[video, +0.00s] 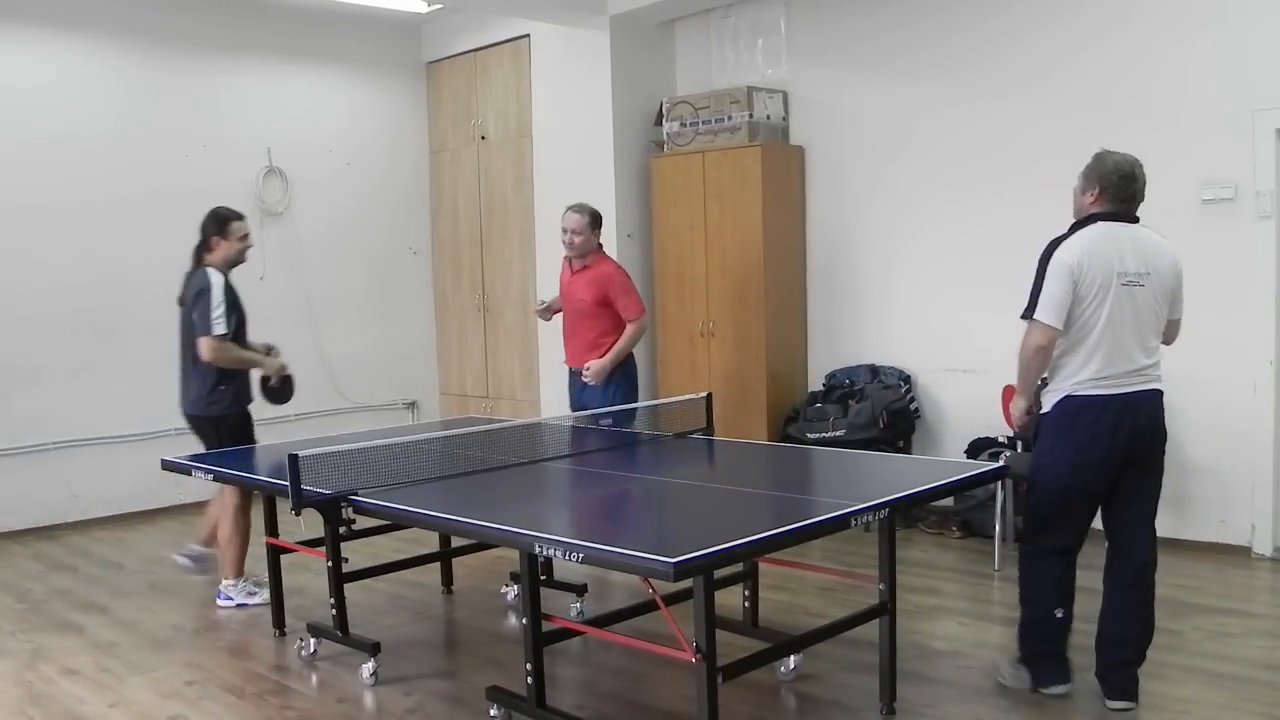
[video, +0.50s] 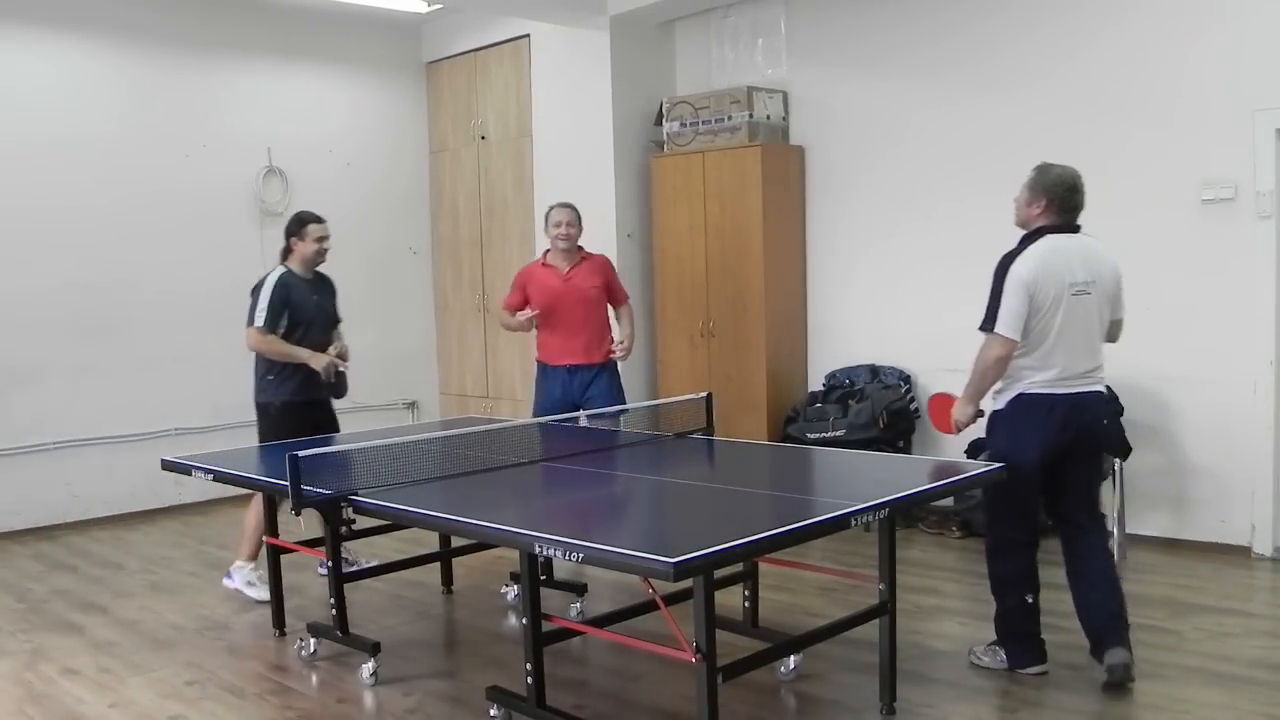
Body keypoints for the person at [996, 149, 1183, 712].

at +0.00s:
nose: (1074, 198)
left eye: (1078, 189)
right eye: (1077, 189)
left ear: (1093, 194)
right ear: (1134, 199)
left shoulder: (1071, 250)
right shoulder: (1164, 253)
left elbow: (1041, 340)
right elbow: (1168, 332)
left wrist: (1025, 398)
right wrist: (1112, 318)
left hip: (1078, 420)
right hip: (1145, 418)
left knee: (1049, 542)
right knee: (1133, 547)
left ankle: (1045, 668)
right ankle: (1121, 682)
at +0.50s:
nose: (1016, 206)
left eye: (1022, 199)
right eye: (1020, 198)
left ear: (1041, 205)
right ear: (1067, 208)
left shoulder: (1023, 263)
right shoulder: (1102, 258)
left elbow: (1000, 348)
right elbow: (1111, 331)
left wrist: (969, 400)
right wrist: (1053, 329)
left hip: (1026, 416)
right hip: (1089, 414)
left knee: (1011, 531)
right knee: (1083, 525)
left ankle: (1020, 650)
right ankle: (1112, 644)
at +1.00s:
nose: (989, 220)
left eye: (993, 210)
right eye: (990, 210)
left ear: (1018, 212)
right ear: (1037, 213)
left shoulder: (1025, 254)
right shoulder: (1071, 255)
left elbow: (1018, 332)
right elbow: (1094, 328)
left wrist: (977, 393)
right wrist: (1037, 344)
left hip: (1042, 407)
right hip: (1082, 400)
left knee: (1017, 522)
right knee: (1062, 511)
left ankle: (1020, 646)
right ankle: (1062, 613)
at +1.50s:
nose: (1016, 215)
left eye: (1024, 207)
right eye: (1014, 208)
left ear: (1057, 208)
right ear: (1035, 212)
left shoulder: (1090, 251)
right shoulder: (1036, 259)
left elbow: (1132, 319)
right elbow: (1039, 324)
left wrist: (1122, 397)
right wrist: (1002, 364)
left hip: (1104, 411)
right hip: (1055, 412)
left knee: (1122, 525)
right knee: (1066, 520)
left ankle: (1142, 644)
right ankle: (1062, 613)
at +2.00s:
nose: (1089, 207)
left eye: (1100, 197)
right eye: (1085, 198)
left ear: (1133, 201)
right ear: (1082, 204)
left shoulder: (1177, 258)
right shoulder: (1076, 254)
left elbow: (1205, 335)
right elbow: (1052, 314)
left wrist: (1133, 366)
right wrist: (1040, 328)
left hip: (1158, 423)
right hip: (1089, 418)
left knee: (1165, 538)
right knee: (1070, 532)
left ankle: (1160, 646)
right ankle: (1070, 643)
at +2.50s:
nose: (1050, 208)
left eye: (1061, 197)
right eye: (1048, 199)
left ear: (1100, 199)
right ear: (1052, 206)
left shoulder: (1150, 256)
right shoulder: (1049, 263)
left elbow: (1200, 332)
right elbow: (1028, 346)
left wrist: (1130, 366)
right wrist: (1009, 325)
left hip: (1137, 435)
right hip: (1062, 433)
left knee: (1146, 559)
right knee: (1056, 560)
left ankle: (1173, 646)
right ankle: (1072, 678)